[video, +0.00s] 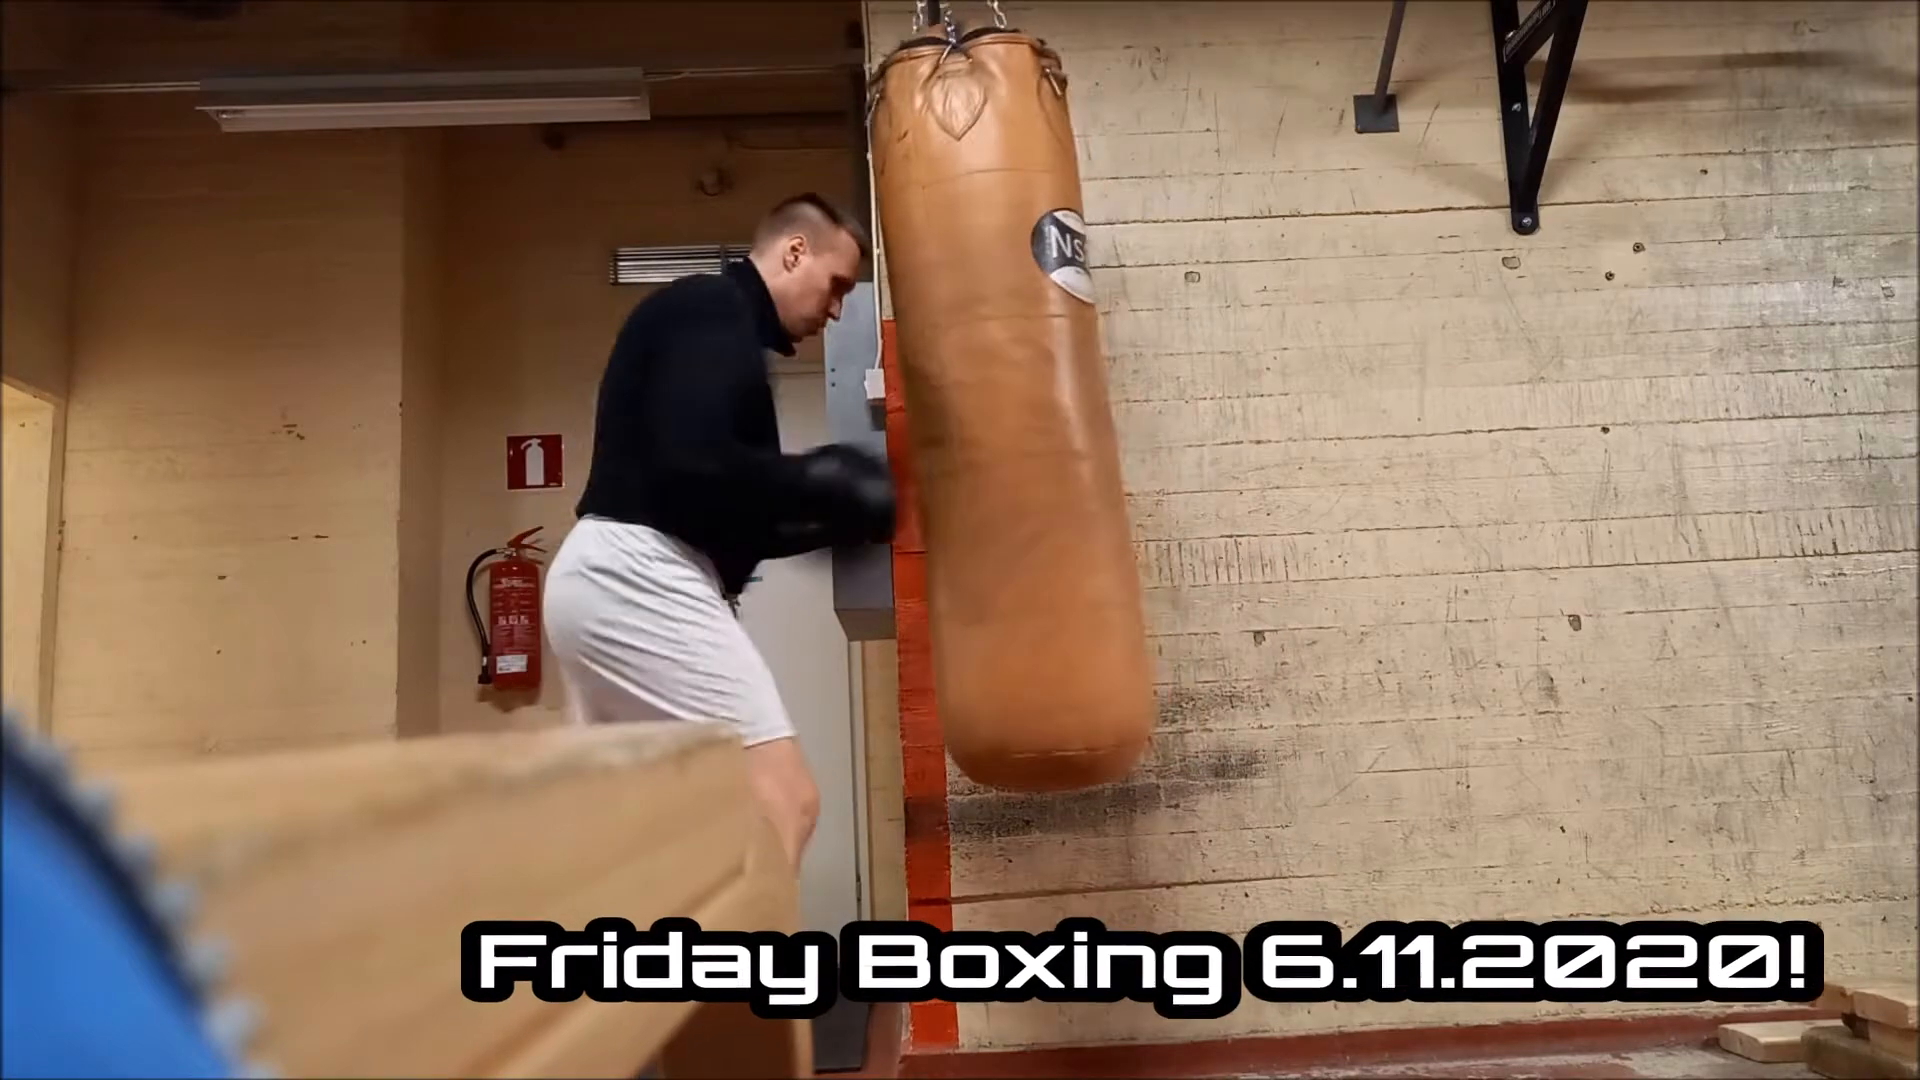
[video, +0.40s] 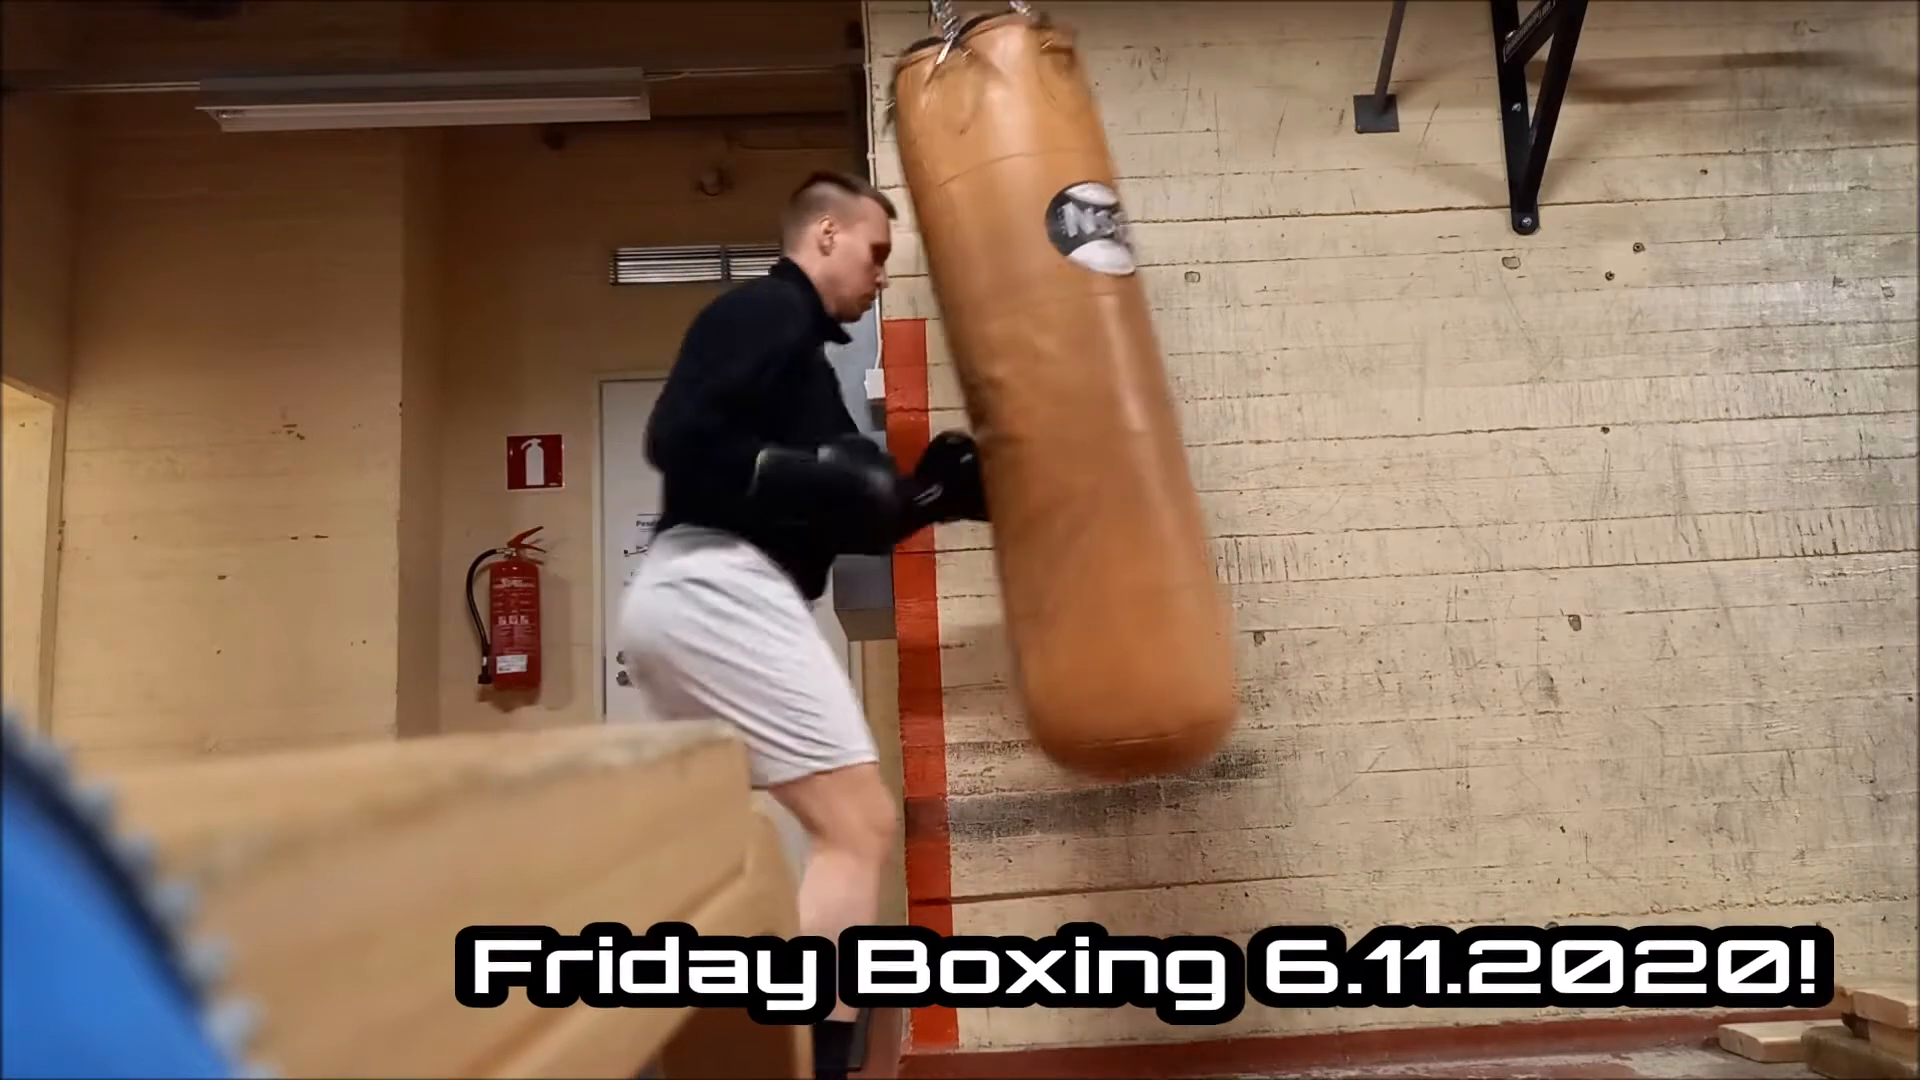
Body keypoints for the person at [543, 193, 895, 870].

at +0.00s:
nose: (836, 311)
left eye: (844, 296)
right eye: (835, 287)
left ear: (788, 256)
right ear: (792, 252)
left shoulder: (725, 338)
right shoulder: (710, 311)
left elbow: (738, 527)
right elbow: (697, 475)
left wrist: (842, 509)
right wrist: (822, 479)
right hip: (639, 574)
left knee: (634, 815)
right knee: (782, 801)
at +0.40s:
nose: (882, 273)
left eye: (886, 257)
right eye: (876, 251)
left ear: (831, 242)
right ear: (824, 236)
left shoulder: (808, 360)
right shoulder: (766, 306)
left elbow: (838, 514)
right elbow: (679, 436)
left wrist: (925, 492)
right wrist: (820, 479)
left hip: (679, 601)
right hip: (716, 588)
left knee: (698, 843)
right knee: (859, 823)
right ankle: (817, 1056)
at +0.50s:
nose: (901, 259)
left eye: (903, 240)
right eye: (894, 236)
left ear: (830, 228)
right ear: (841, 224)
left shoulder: (783, 309)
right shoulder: (814, 302)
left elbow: (808, 487)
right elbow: (817, 467)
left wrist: (926, 503)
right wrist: (953, 461)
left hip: (698, 582)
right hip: (749, 578)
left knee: (795, 827)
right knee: (873, 831)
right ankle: (825, 1059)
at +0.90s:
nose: (943, 258)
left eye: (943, 240)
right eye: (932, 237)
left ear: (874, 236)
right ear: (881, 231)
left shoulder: (840, 317)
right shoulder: (859, 308)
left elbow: (831, 486)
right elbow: (879, 468)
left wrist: (938, 536)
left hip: (759, 578)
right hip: (775, 577)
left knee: (815, 831)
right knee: (868, 812)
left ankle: (789, 1050)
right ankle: (799, 1050)